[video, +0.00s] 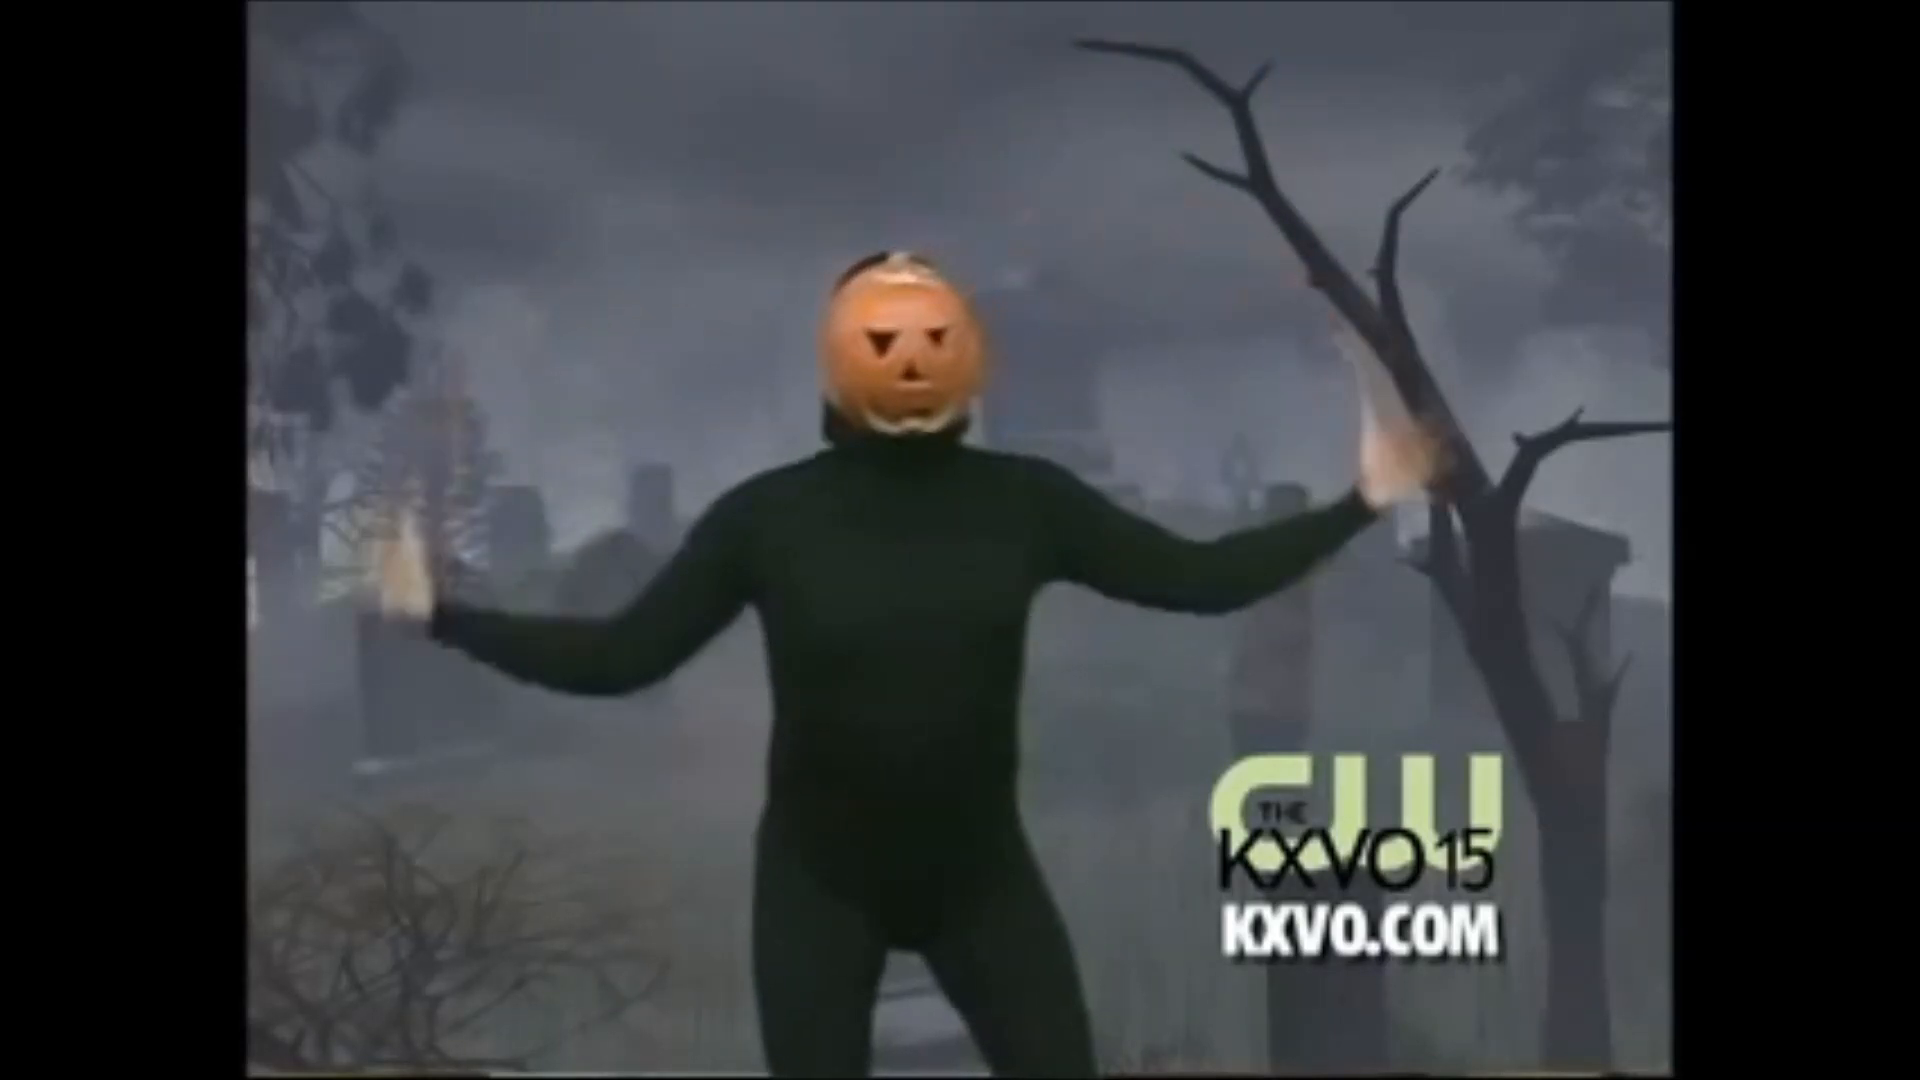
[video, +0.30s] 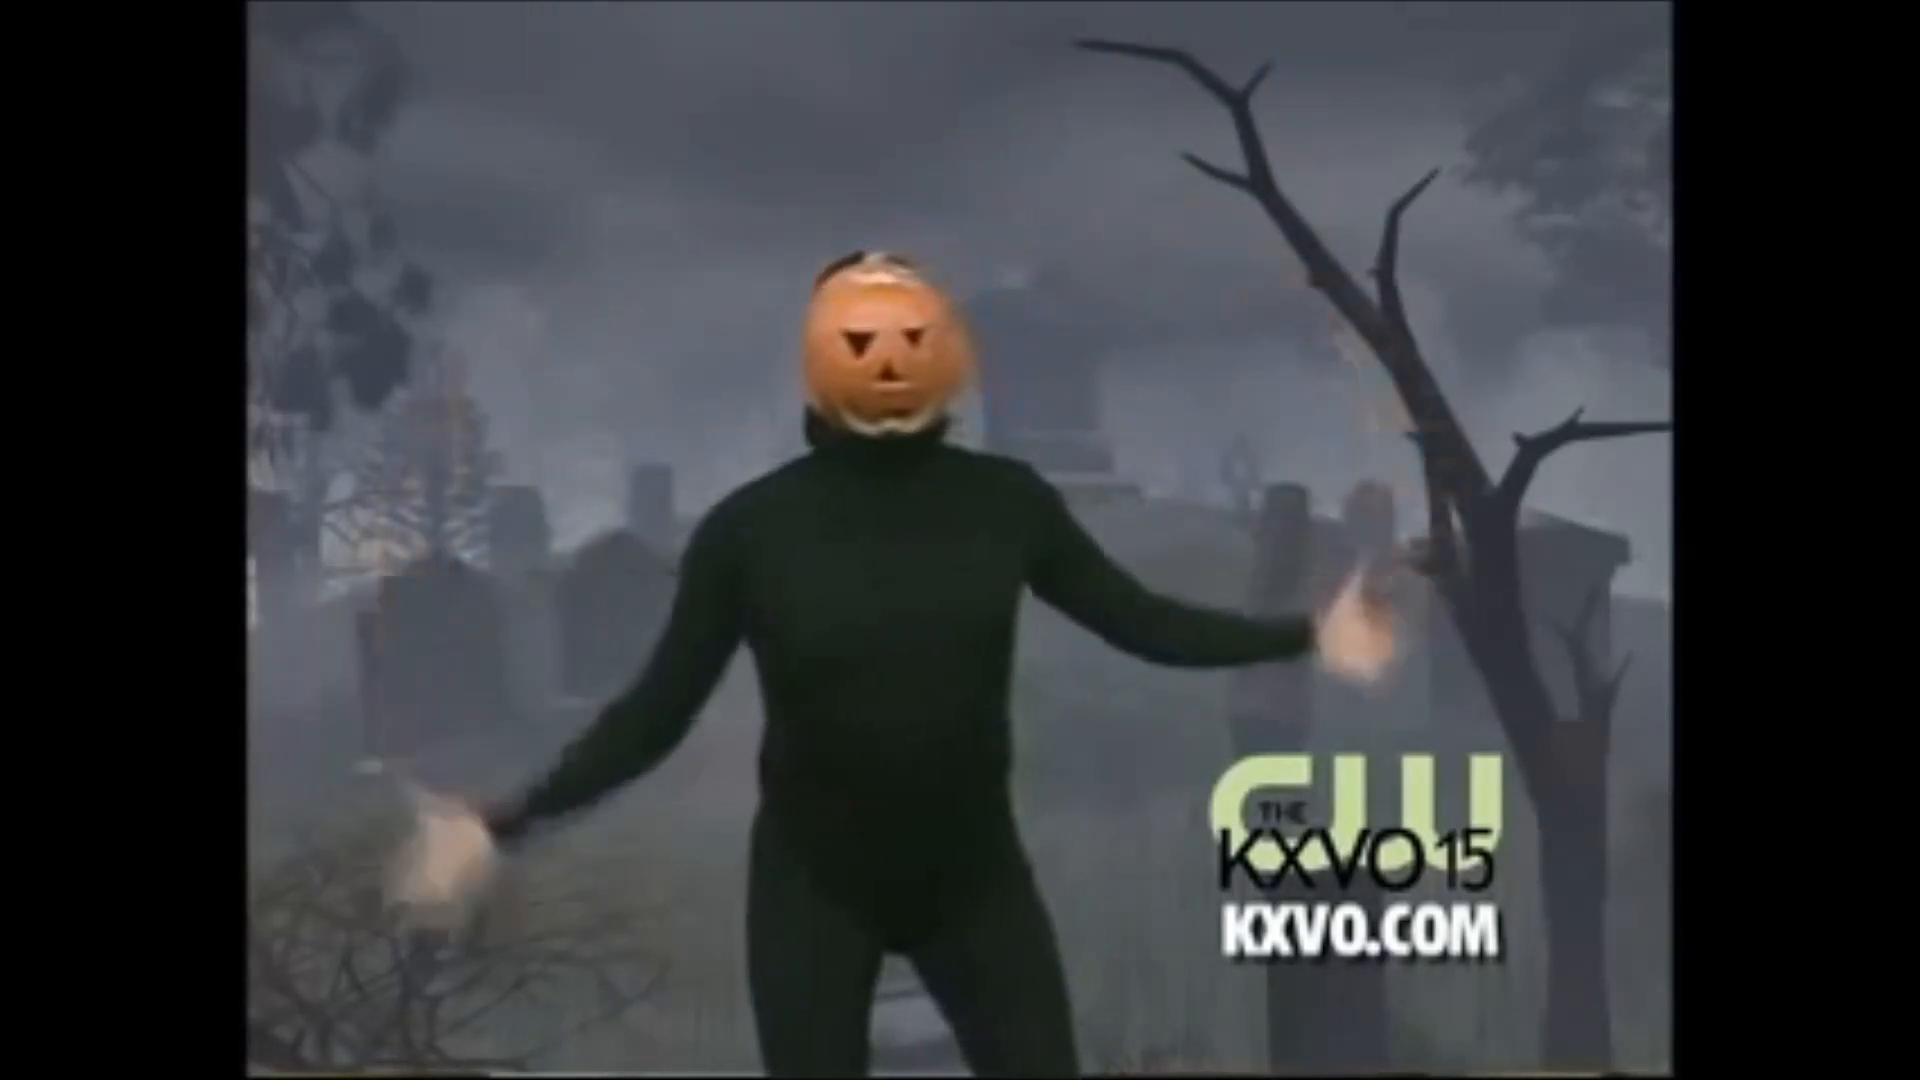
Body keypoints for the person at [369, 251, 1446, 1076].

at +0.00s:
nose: (908, 337)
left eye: (935, 324)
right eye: (877, 326)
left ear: (972, 368)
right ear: (833, 370)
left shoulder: (1029, 503)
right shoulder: (768, 516)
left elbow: (1202, 575)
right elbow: (622, 656)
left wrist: (1365, 496)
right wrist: (439, 610)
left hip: (979, 871)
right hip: (817, 876)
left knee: (1059, 1062)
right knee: (813, 1072)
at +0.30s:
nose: (887, 354)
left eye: (913, 333)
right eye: (856, 338)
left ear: (954, 363)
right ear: (814, 373)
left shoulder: (1007, 504)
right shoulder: (750, 529)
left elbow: (1142, 622)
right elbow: (655, 711)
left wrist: (1306, 634)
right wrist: (512, 816)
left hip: (973, 873)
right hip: (811, 882)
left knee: (1041, 1064)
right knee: (809, 1071)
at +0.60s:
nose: (893, 304)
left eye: (915, 282)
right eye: (856, 290)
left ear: (948, 310)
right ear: (803, 331)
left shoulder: (972, 451)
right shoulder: (778, 492)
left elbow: (955, 611)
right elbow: (799, 690)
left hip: (962, 777)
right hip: (822, 802)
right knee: (846, 1049)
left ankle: (1028, 1064)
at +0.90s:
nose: (854, 214)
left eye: (876, 192)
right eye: (820, 197)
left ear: (912, 213)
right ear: (769, 233)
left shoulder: (962, 342)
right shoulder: (756, 401)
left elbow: (970, 523)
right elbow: (859, 583)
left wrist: (1012, 442)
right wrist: (992, 472)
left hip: (959, 757)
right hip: (813, 774)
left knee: (994, 1042)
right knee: (835, 1050)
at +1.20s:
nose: (900, 292)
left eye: (926, 267)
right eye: (868, 271)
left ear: (961, 291)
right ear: (816, 297)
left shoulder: (1014, 432)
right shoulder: (773, 468)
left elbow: (1139, 626)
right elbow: (674, 676)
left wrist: (1048, 490)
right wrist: (752, 707)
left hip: (952, 792)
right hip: (804, 812)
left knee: (1127, 971)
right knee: (821, 1062)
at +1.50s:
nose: (976, 232)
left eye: (1006, 212)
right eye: (948, 207)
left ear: (1044, 231)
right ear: (902, 217)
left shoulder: (1056, 384)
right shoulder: (866, 364)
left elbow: (1055, 607)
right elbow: (786, 532)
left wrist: (851, 546)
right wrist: (712, 701)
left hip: (1016, 788)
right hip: (871, 779)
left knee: (1014, 1057)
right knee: (872, 1057)